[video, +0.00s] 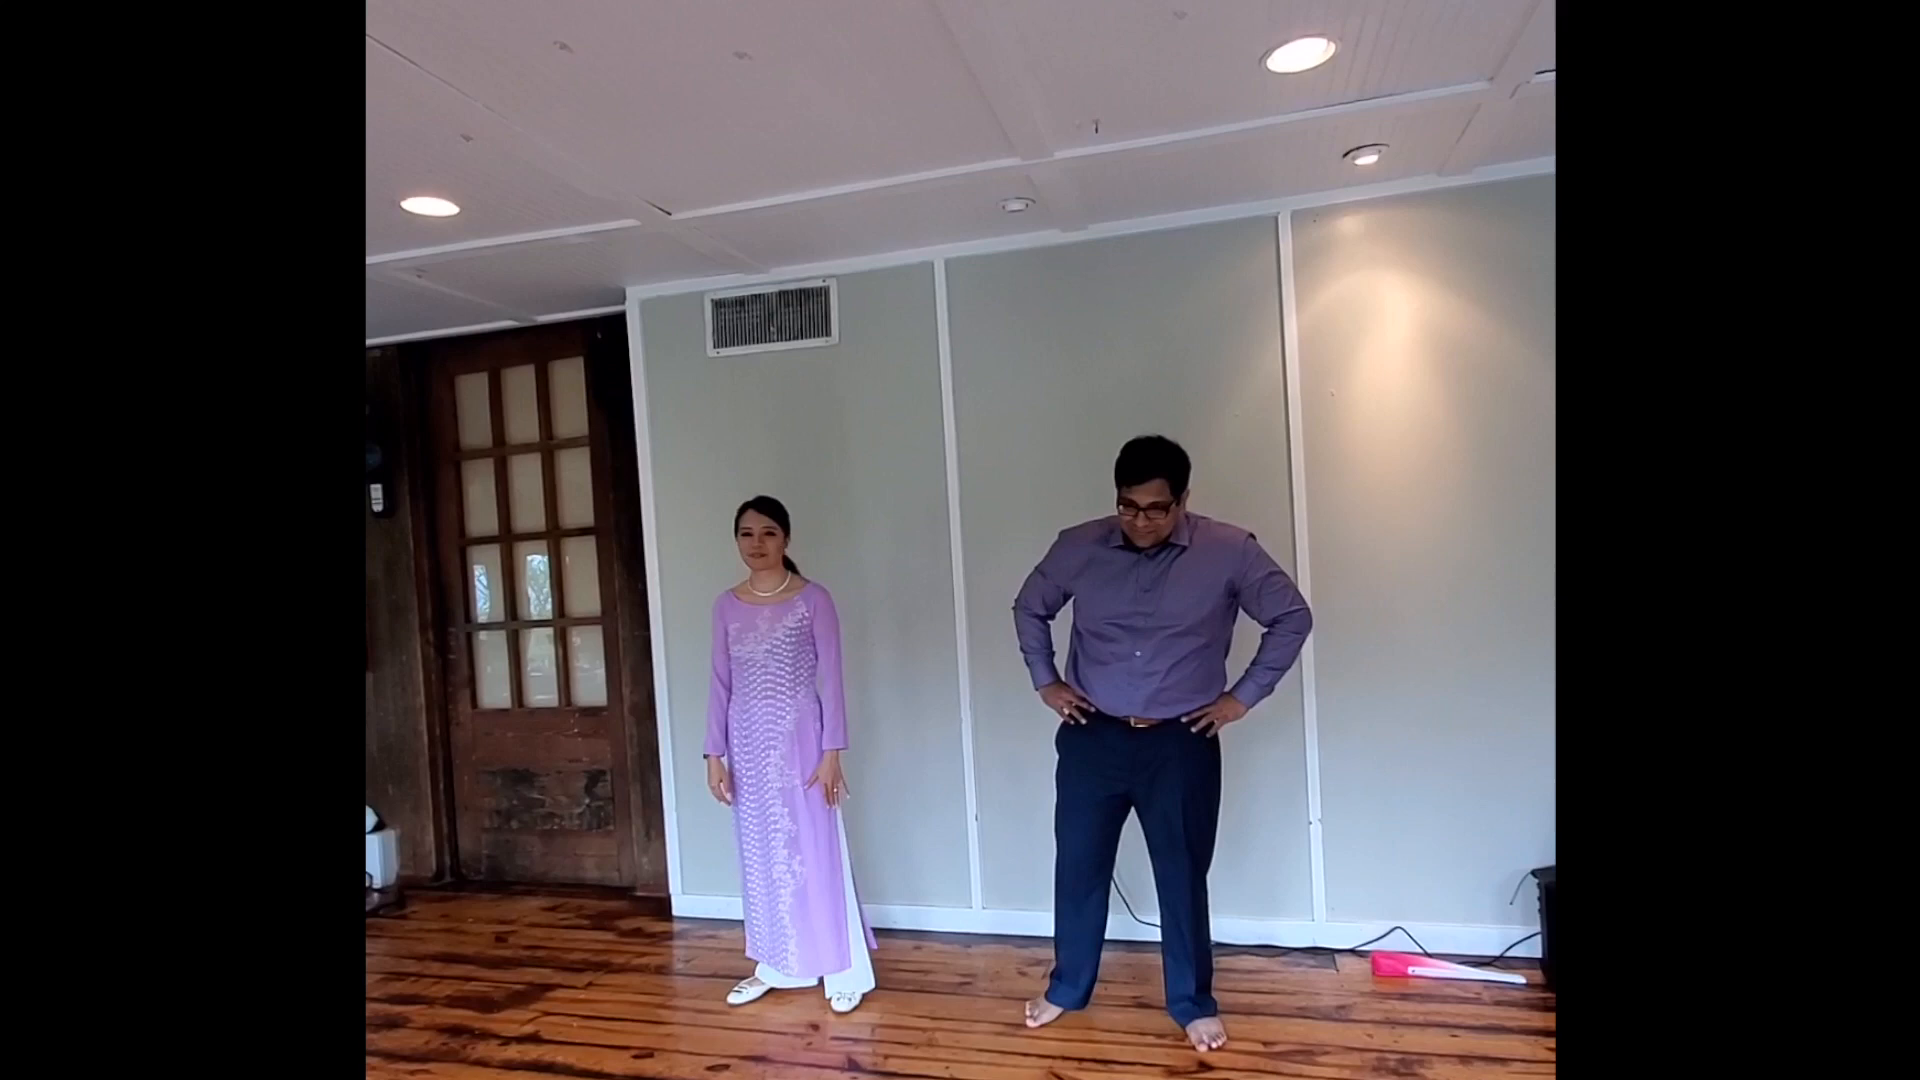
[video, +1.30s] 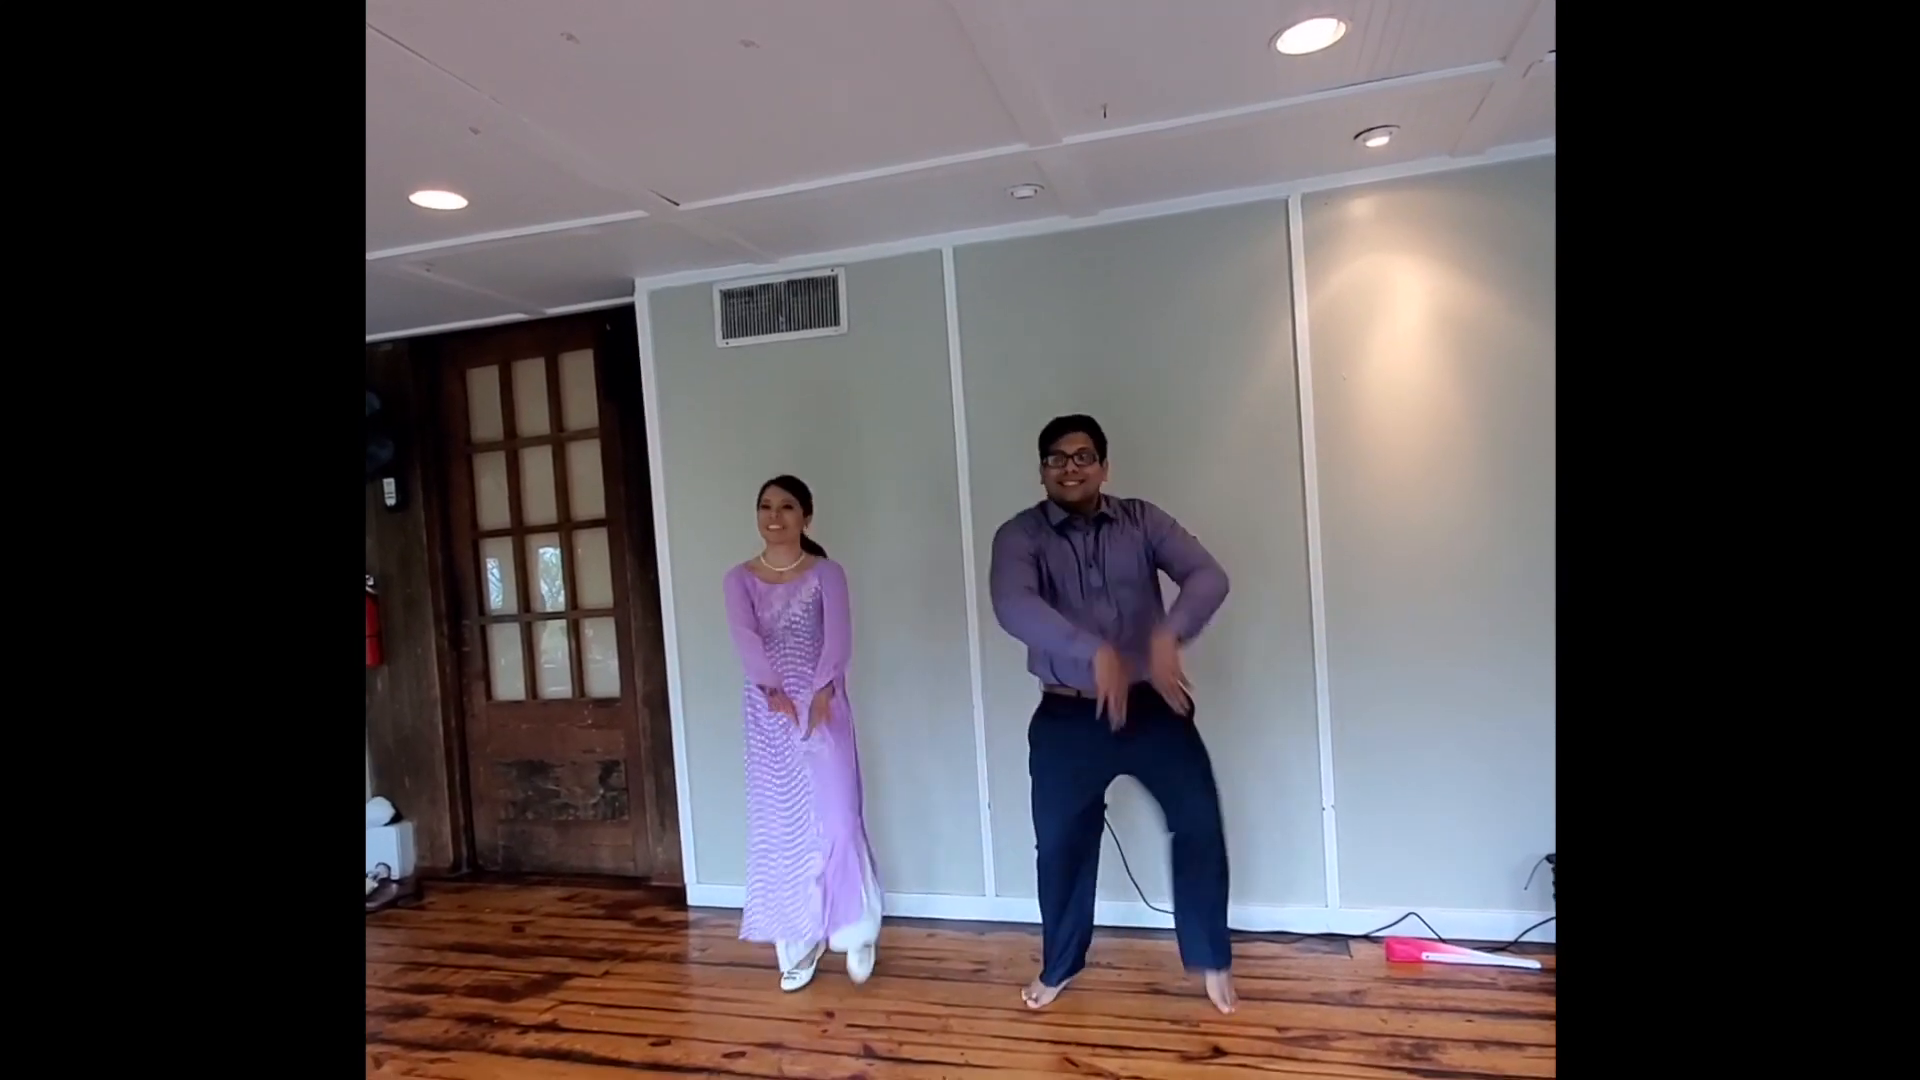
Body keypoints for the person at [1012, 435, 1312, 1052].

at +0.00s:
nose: (1141, 521)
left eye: (1156, 509)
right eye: (1129, 507)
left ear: (1182, 500)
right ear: (1115, 497)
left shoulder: (1229, 551)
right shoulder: (1079, 548)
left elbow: (1293, 617)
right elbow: (1030, 608)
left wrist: (1241, 695)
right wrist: (1046, 680)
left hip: (1181, 743)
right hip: (1092, 738)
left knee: (1183, 883)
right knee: (1078, 873)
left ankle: (1194, 1005)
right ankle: (1068, 987)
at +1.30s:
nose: (1070, 468)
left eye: (1083, 457)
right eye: (1057, 459)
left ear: (1103, 467)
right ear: (1043, 470)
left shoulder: (1139, 519)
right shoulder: (1020, 534)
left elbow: (1209, 577)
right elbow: (1014, 606)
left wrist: (1169, 635)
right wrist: (1095, 651)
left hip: (1154, 706)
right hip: (1068, 713)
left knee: (1199, 823)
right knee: (1060, 842)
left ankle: (1211, 955)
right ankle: (1060, 962)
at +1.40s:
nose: (1061, 486)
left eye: (1074, 476)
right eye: (1049, 477)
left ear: (1094, 488)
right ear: (1034, 490)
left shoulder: (1128, 541)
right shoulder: (1009, 560)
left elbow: (1220, 581)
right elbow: (999, 622)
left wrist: (1159, 581)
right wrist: (1085, 594)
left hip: (1140, 705)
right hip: (1056, 728)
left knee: (1221, 770)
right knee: (1048, 853)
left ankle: (1187, 877)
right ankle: (1067, 960)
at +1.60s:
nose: (1060, 519)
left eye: (1072, 508)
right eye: (1046, 510)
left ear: (1090, 520)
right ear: (1030, 524)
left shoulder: (1130, 582)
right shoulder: (1006, 604)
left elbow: (1164, 672)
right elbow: (1037, 689)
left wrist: (1147, 668)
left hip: (1121, 735)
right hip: (1042, 749)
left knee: (1200, 799)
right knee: (1032, 875)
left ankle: (1158, 935)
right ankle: (1052, 975)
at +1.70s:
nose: (1066, 521)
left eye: (1079, 511)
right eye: (1054, 513)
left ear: (1098, 523)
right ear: (1037, 527)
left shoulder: (1137, 589)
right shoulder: (1011, 613)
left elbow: (1166, 679)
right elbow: (1029, 707)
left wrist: (1177, 768)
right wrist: (1057, 787)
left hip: (1125, 753)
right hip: (1043, 755)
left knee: (1175, 861)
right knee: (1038, 874)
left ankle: (1154, 1001)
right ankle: (1051, 977)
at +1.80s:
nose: (1087, 514)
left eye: (1100, 504)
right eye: (1074, 506)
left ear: (1121, 516)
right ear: (1059, 521)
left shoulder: (1159, 587)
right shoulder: (1027, 595)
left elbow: (1212, 664)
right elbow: (985, 678)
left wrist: (1271, 747)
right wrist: (953, 761)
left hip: (1143, 752)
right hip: (1057, 755)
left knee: (1208, 846)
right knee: (1040, 882)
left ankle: (1173, 974)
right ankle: (1053, 975)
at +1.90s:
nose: (1113, 494)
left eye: (1125, 483)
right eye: (1100, 487)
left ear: (1148, 496)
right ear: (1084, 502)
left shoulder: (1189, 564)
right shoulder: (1047, 563)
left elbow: (1272, 604)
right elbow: (967, 606)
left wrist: (1359, 649)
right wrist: (892, 649)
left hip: (1169, 739)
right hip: (1080, 746)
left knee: (1248, 829)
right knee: (1059, 872)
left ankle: (1228, 953)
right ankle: (1057, 976)